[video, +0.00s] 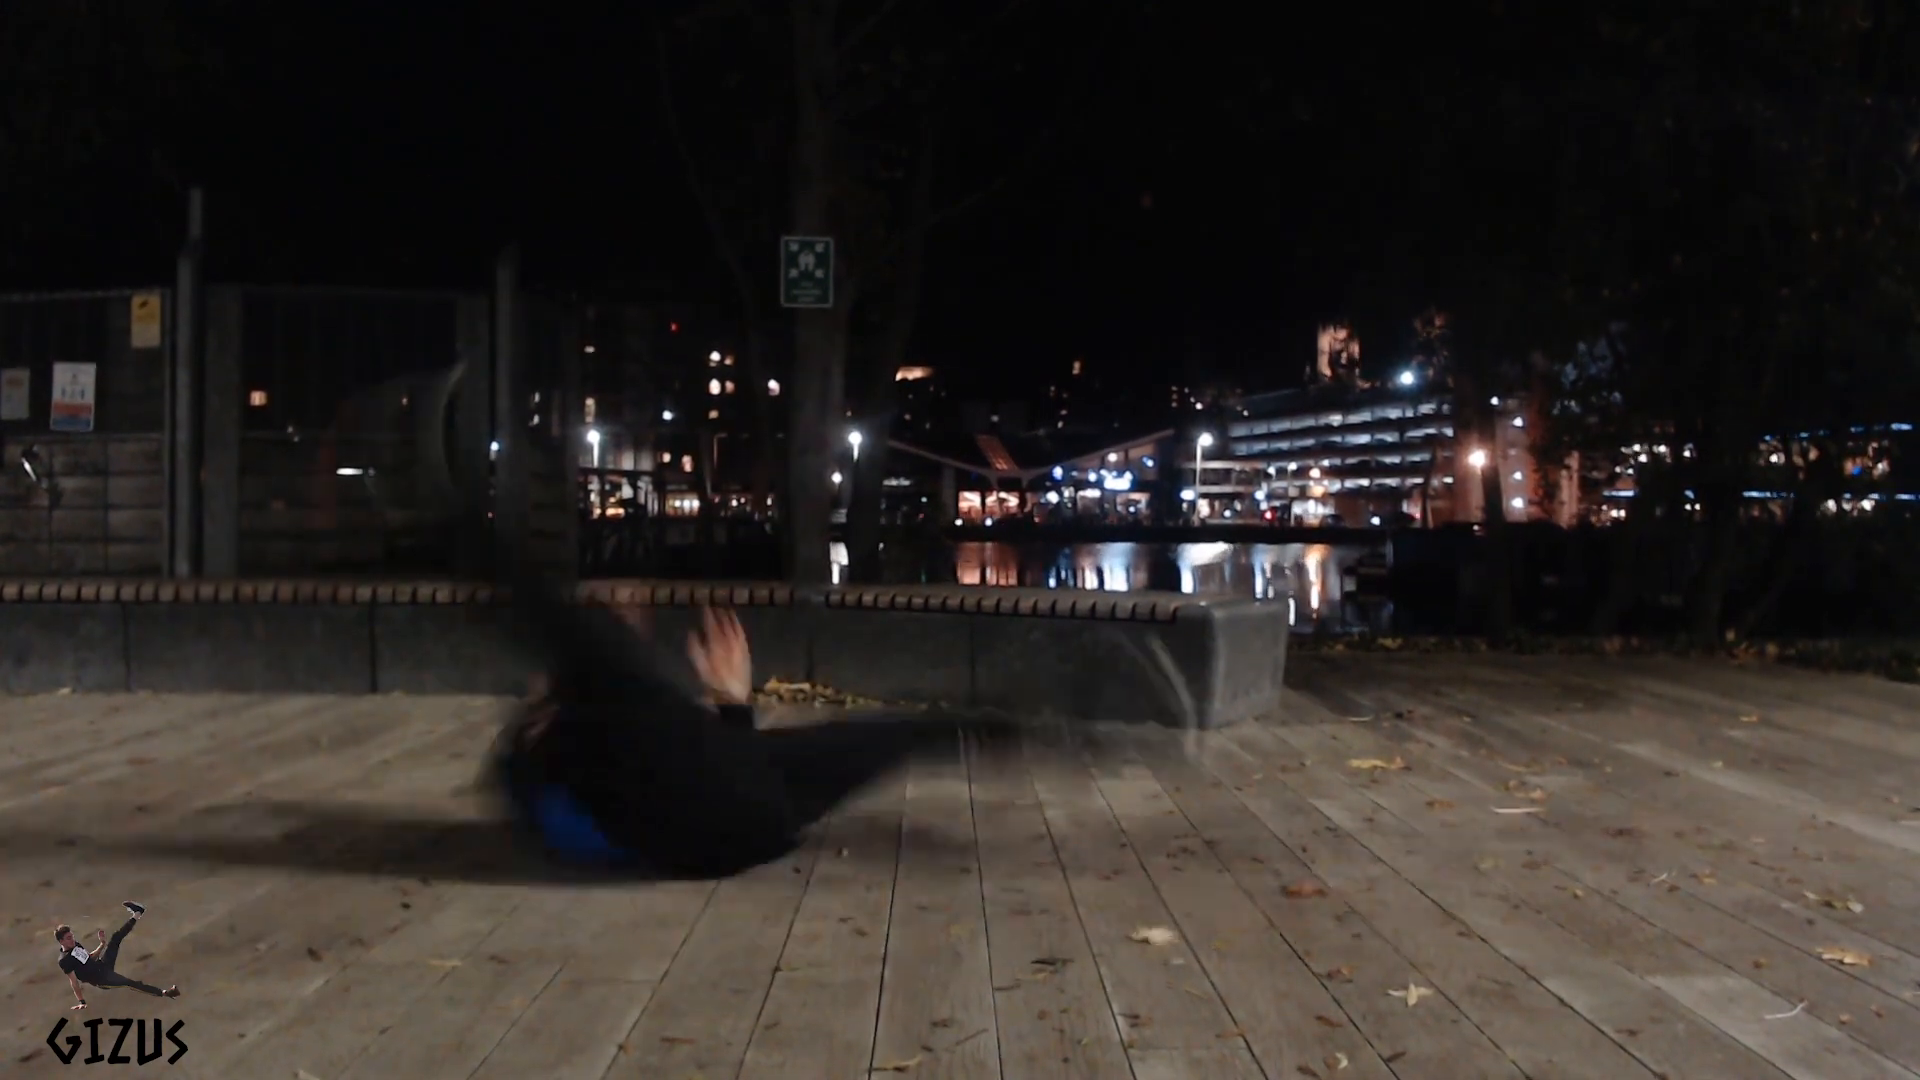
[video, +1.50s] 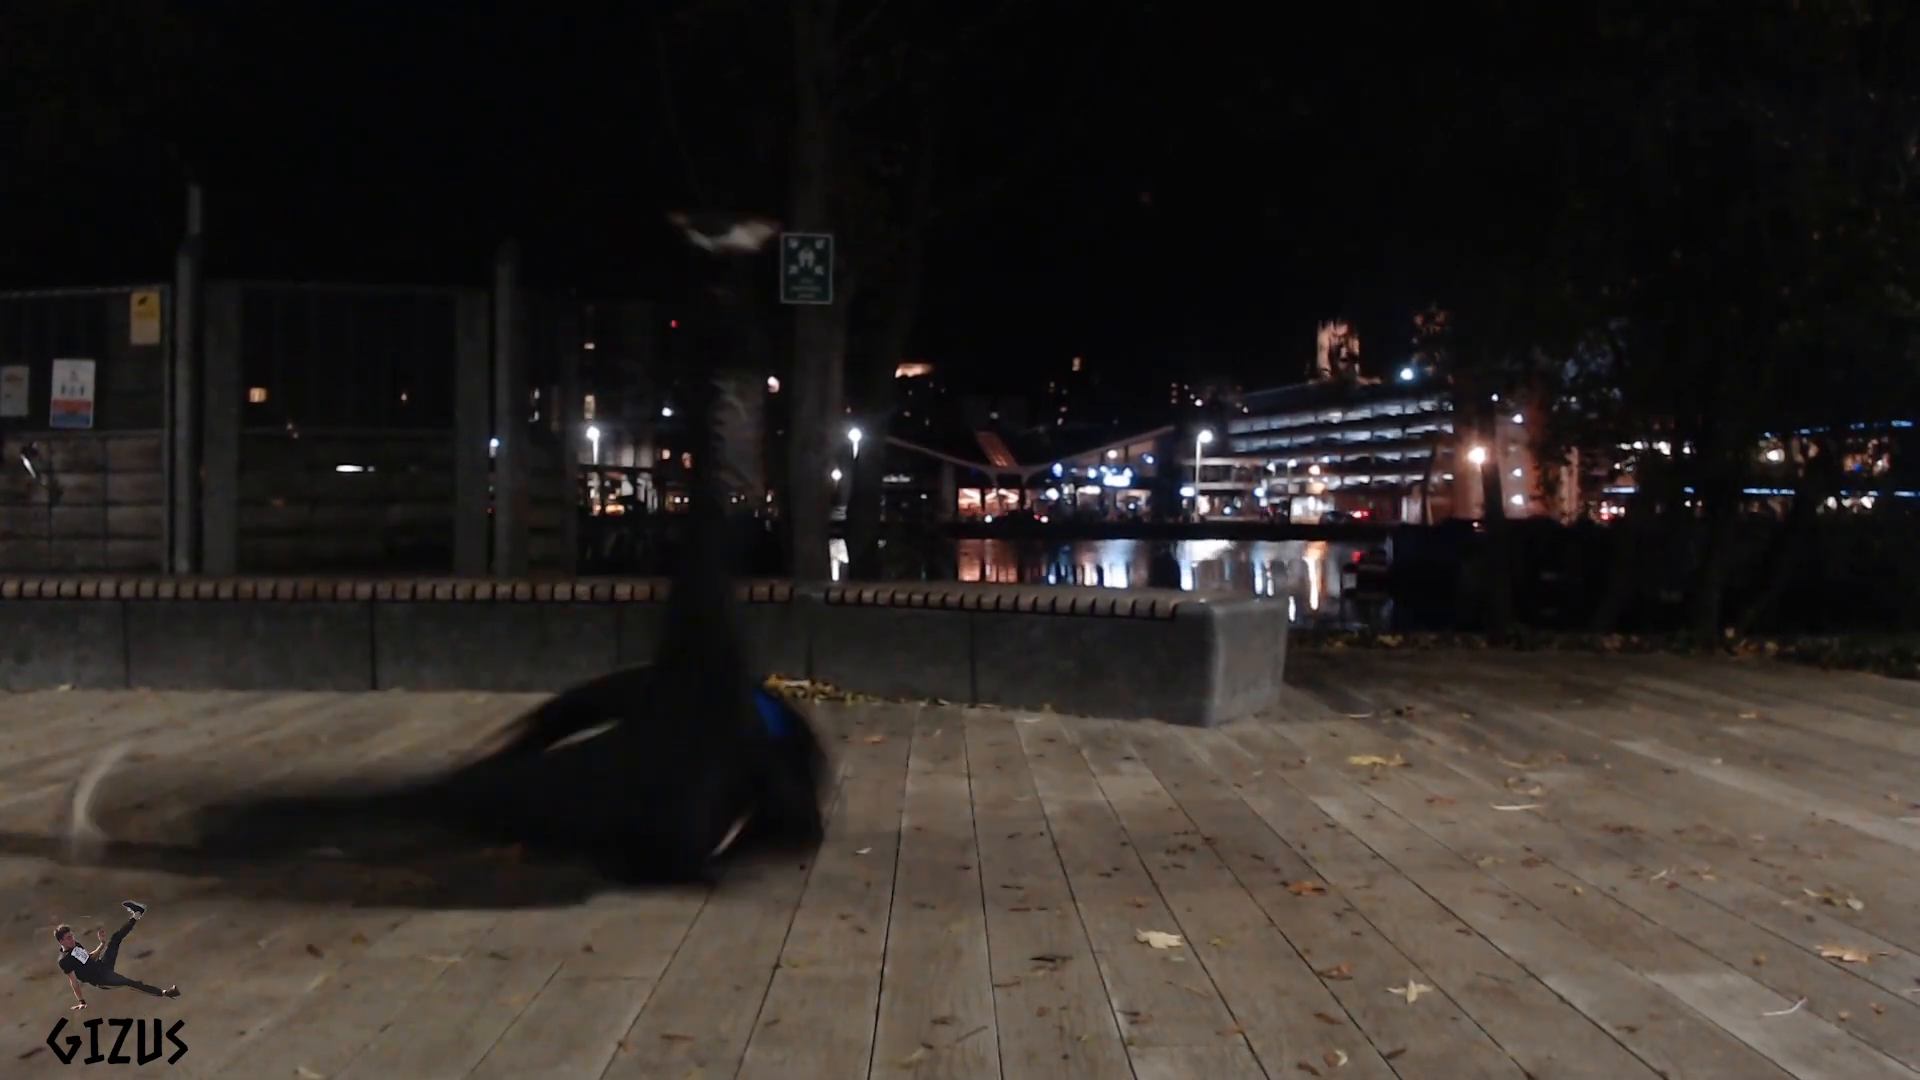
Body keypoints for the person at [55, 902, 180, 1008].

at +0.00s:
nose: (72, 939)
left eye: (72, 936)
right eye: (69, 938)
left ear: (71, 937)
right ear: (61, 942)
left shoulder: (76, 946)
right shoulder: (64, 961)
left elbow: (91, 957)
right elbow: (74, 982)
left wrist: (102, 945)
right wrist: (81, 1001)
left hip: (104, 964)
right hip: (102, 978)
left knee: (116, 938)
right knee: (131, 983)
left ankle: (136, 916)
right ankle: (164, 993)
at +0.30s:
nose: (73, 939)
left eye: (72, 936)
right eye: (69, 938)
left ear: (71, 937)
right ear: (62, 941)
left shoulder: (75, 946)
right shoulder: (64, 960)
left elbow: (91, 957)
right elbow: (74, 982)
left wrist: (102, 944)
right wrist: (81, 1002)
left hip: (104, 964)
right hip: (102, 978)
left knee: (115, 939)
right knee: (131, 983)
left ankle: (136, 916)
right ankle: (164, 993)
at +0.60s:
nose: (73, 939)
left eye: (72, 936)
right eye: (69, 938)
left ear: (70, 937)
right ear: (61, 941)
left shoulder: (75, 946)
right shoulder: (64, 961)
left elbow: (91, 957)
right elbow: (74, 981)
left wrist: (102, 944)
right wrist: (81, 1001)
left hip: (104, 964)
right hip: (102, 978)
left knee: (115, 939)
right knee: (131, 983)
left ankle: (136, 916)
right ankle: (164, 993)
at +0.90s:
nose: (73, 939)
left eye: (72, 936)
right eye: (69, 938)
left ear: (70, 937)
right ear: (62, 941)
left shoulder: (75, 946)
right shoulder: (64, 960)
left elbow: (91, 957)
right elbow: (73, 982)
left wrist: (102, 944)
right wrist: (81, 1001)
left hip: (104, 964)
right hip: (102, 978)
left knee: (116, 939)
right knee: (131, 983)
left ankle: (136, 916)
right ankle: (164, 993)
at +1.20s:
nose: (73, 939)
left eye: (72, 936)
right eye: (69, 938)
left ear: (71, 937)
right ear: (61, 941)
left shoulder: (75, 946)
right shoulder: (64, 960)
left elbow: (91, 957)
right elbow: (74, 982)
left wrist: (102, 944)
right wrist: (81, 1002)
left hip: (104, 964)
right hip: (102, 978)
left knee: (115, 939)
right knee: (131, 983)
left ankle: (136, 916)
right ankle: (164, 993)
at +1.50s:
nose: (73, 939)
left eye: (72, 936)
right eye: (69, 938)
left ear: (71, 937)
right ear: (61, 941)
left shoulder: (76, 946)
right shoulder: (64, 961)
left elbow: (91, 957)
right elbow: (74, 982)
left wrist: (102, 944)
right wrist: (81, 1002)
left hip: (104, 965)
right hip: (102, 978)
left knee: (115, 939)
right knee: (132, 983)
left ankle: (135, 917)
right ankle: (164, 993)